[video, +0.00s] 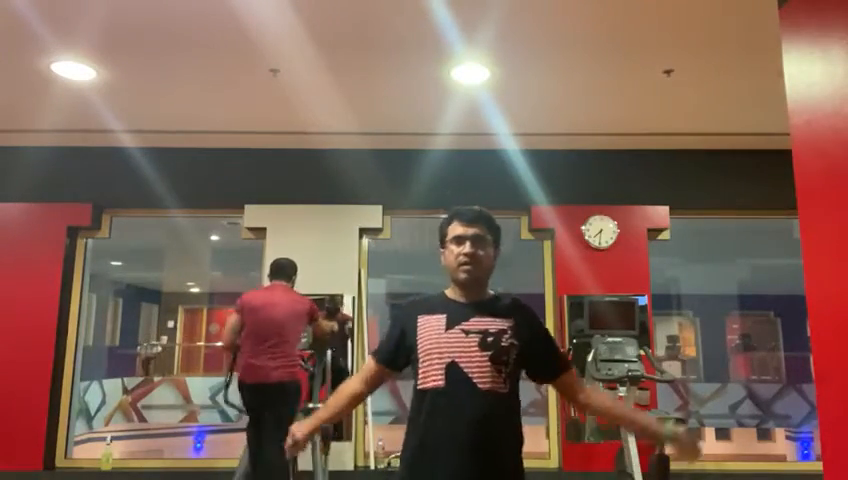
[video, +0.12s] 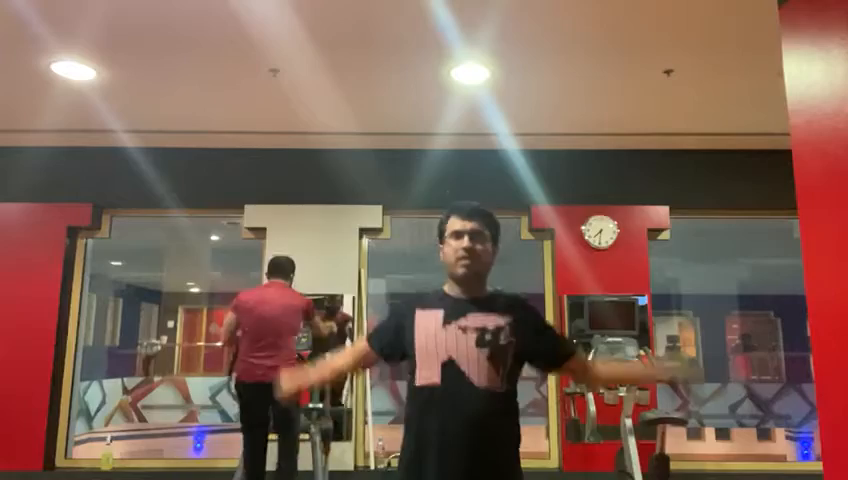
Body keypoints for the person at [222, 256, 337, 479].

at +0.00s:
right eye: (293, 278)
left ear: (269, 276)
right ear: (293, 278)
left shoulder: (247, 299)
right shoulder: (303, 303)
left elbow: (228, 340)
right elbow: (322, 330)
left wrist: (243, 348)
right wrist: (334, 325)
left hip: (251, 381)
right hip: (286, 382)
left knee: (256, 430)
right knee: (278, 439)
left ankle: (258, 473)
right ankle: (277, 475)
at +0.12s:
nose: (292, 279)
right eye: (293, 276)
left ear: (267, 274)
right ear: (291, 276)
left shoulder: (244, 298)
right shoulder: (301, 301)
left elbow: (226, 335)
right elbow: (319, 332)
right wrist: (333, 325)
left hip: (249, 380)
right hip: (285, 379)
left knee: (254, 441)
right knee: (288, 439)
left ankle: (253, 476)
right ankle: (286, 475)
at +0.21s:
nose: (289, 283)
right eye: (290, 279)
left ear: (266, 277)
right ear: (289, 279)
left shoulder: (245, 302)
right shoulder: (297, 303)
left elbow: (228, 336)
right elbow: (315, 339)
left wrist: (251, 328)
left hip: (248, 384)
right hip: (283, 383)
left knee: (249, 444)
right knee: (293, 429)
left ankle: (247, 477)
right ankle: (289, 473)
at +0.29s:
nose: (293, 280)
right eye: (290, 277)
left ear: (265, 280)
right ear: (287, 281)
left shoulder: (245, 304)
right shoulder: (296, 306)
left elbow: (232, 338)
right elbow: (315, 346)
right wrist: (325, 340)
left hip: (247, 387)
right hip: (284, 386)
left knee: (246, 447)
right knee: (295, 425)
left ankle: (244, 476)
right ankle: (293, 470)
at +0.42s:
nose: (290, 282)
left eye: (287, 277)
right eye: (291, 277)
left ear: (268, 276)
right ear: (291, 277)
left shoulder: (250, 302)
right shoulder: (298, 302)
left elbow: (242, 341)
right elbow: (307, 345)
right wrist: (321, 348)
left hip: (250, 383)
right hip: (286, 381)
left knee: (251, 441)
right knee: (294, 427)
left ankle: (245, 475)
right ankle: (293, 469)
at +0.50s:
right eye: (294, 275)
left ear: (269, 274)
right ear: (293, 275)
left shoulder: (252, 297)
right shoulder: (302, 299)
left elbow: (239, 334)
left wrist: (231, 362)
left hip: (254, 377)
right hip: (289, 378)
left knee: (254, 438)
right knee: (290, 434)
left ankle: (248, 475)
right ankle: (291, 473)